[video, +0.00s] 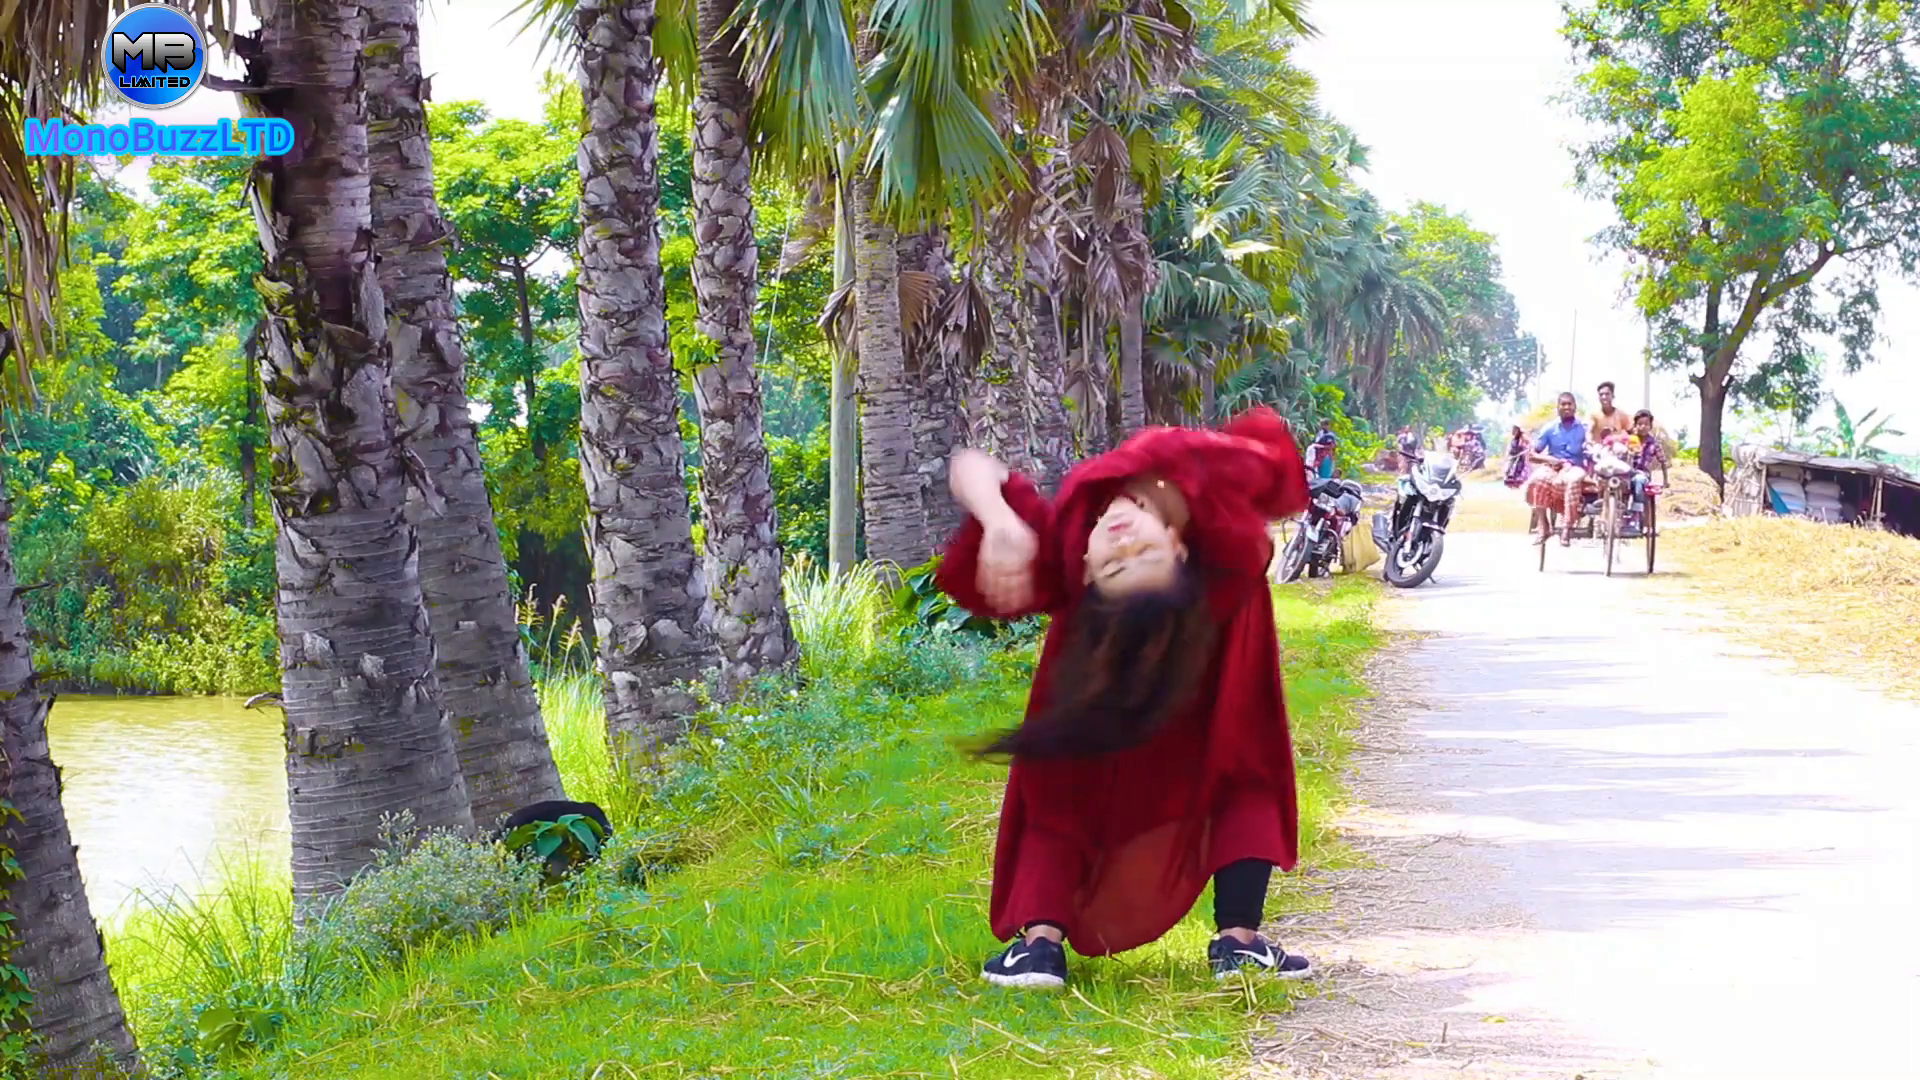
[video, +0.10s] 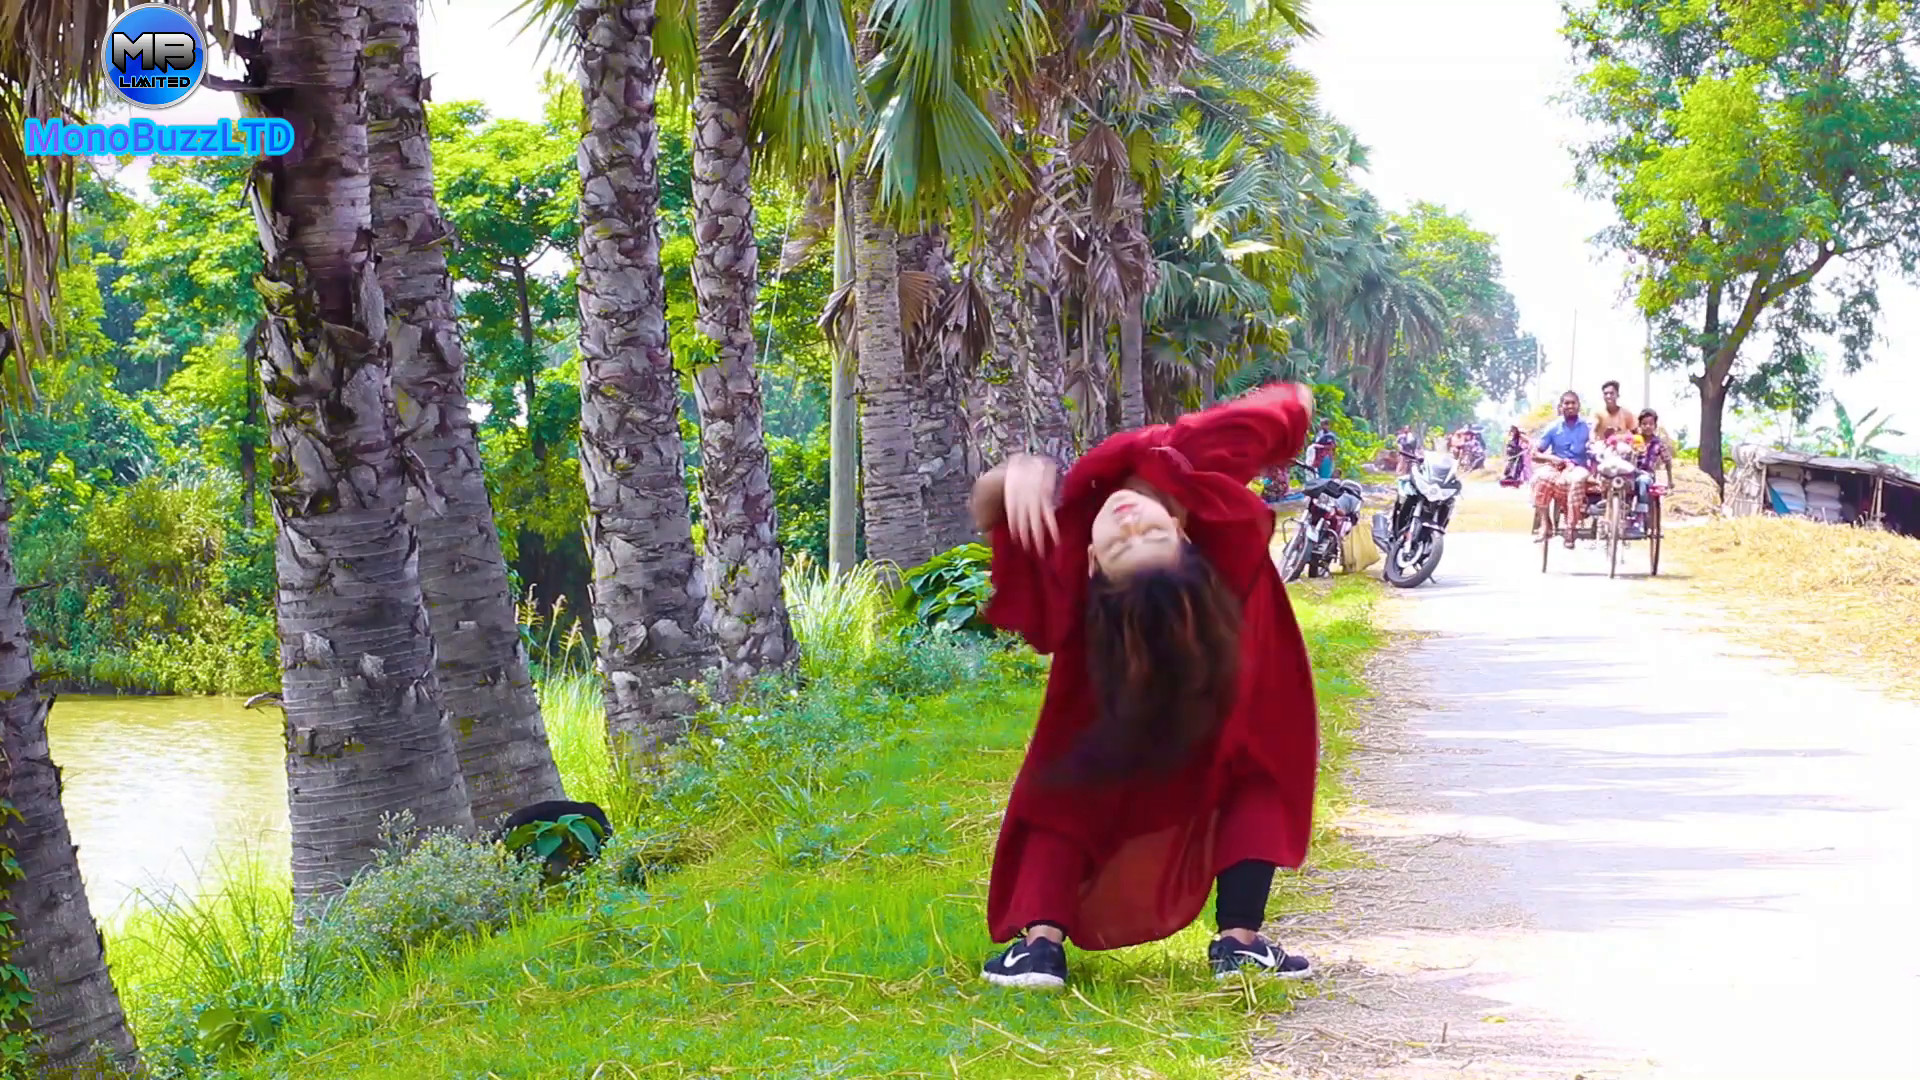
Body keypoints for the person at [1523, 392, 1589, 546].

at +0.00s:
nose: (1567, 407)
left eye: (1570, 404)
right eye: (1563, 404)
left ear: (1575, 406)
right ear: (1558, 407)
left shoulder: (1583, 429)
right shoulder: (1551, 429)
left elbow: (1589, 452)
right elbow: (1531, 453)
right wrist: (1550, 460)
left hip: (1574, 465)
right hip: (1552, 463)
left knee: (1572, 482)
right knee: (1537, 481)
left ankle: (1567, 527)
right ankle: (1543, 526)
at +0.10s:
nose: (1570, 406)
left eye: (1573, 403)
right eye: (1566, 403)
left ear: (1579, 405)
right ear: (1561, 407)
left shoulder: (1587, 428)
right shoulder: (1554, 427)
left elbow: (1592, 450)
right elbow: (1535, 453)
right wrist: (1551, 459)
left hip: (1578, 465)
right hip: (1555, 463)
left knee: (1576, 481)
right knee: (1541, 479)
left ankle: (1571, 527)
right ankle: (1544, 524)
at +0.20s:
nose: (1573, 406)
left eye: (1576, 402)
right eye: (1569, 403)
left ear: (1582, 405)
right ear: (1564, 406)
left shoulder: (1590, 429)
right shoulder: (1557, 427)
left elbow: (1596, 451)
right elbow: (1537, 453)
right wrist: (1553, 458)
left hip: (1581, 465)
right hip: (1559, 463)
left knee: (1580, 481)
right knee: (1546, 479)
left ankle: (1574, 526)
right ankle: (1547, 524)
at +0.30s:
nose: (1576, 405)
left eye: (1580, 402)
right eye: (1573, 402)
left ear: (1585, 404)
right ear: (1568, 406)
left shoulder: (1593, 428)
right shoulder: (1560, 427)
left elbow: (1600, 450)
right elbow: (1539, 453)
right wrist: (1557, 458)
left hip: (1585, 465)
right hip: (1562, 463)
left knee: (1584, 482)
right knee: (1549, 480)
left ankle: (1576, 528)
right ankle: (1551, 523)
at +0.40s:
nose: (1579, 405)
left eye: (1583, 401)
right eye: (1575, 401)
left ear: (1588, 404)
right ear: (1571, 405)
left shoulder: (1597, 428)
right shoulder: (1564, 427)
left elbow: (1604, 451)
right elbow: (1543, 453)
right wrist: (1559, 460)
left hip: (1587, 466)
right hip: (1565, 464)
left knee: (1587, 481)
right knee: (1553, 478)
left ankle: (1579, 528)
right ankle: (1553, 525)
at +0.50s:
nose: (1582, 404)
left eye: (1586, 400)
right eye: (1579, 401)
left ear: (1592, 403)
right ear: (1574, 404)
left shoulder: (1600, 427)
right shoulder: (1567, 427)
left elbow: (1606, 450)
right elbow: (1546, 453)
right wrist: (1560, 461)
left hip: (1591, 466)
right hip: (1568, 465)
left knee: (1590, 483)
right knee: (1555, 480)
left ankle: (1582, 531)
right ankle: (1558, 529)